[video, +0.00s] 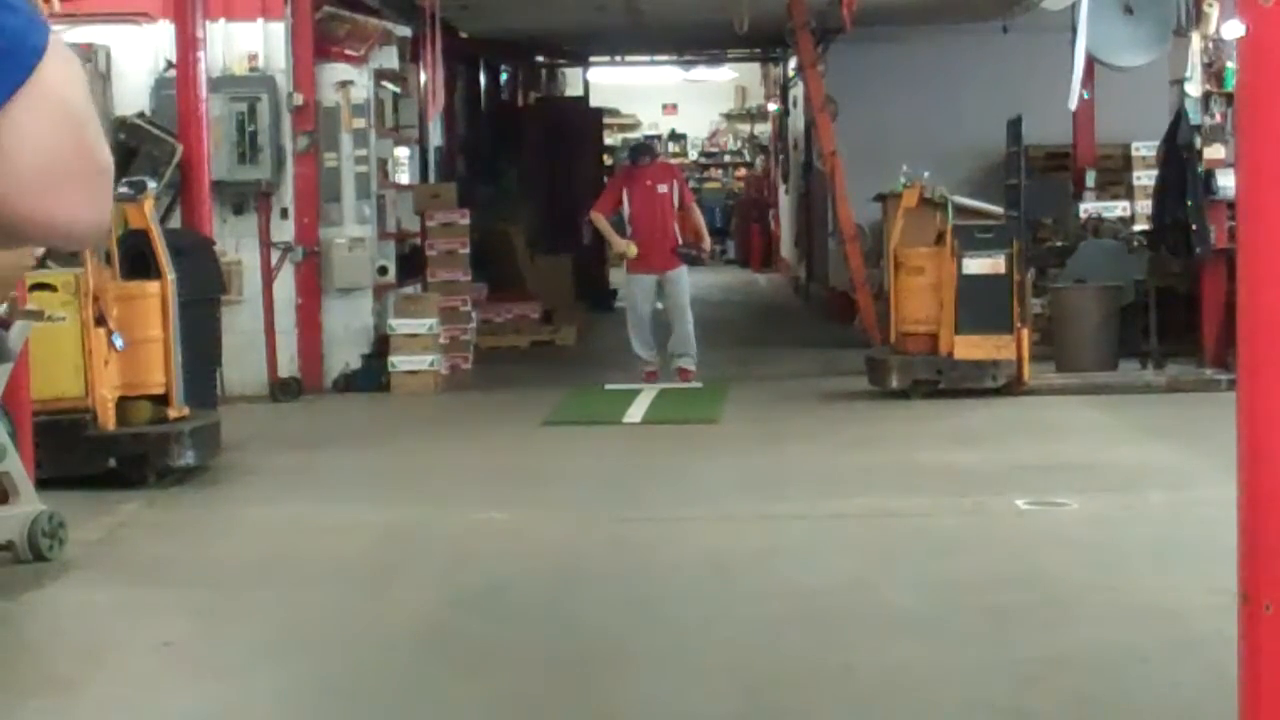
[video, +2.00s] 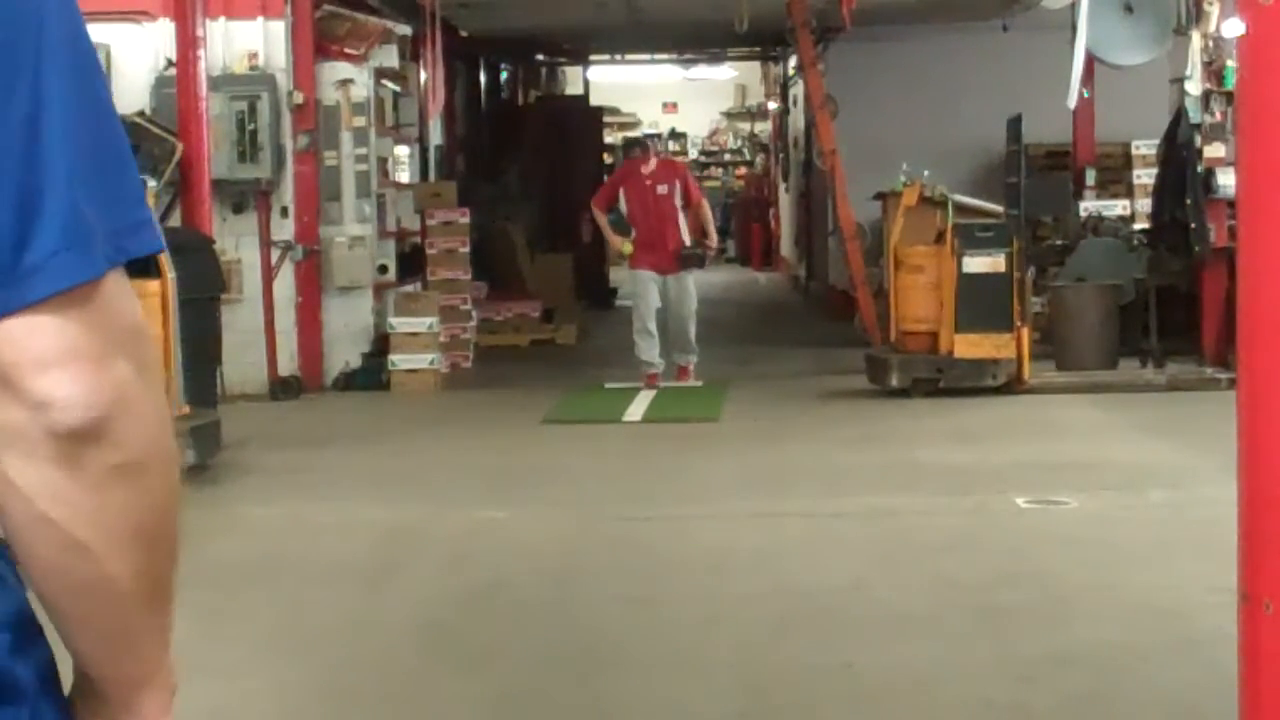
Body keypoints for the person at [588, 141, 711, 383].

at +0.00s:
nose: (644, 160)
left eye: (649, 155)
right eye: (639, 156)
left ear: (656, 151)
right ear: (632, 155)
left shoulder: (671, 172)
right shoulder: (623, 177)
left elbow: (690, 206)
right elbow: (597, 214)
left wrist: (704, 235)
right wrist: (615, 240)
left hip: (672, 257)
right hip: (640, 261)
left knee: (681, 310)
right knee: (640, 314)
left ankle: (685, 362)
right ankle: (648, 363)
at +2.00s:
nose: (648, 147)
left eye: (653, 141)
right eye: (642, 142)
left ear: (659, 142)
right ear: (633, 145)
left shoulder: (677, 170)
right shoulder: (625, 172)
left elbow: (700, 202)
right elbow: (598, 206)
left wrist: (711, 234)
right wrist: (611, 238)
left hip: (678, 256)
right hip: (644, 257)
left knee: (684, 313)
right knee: (645, 313)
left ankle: (685, 364)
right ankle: (651, 368)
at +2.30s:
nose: (637, 151)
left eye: (641, 144)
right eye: (632, 147)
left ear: (651, 144)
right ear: (626, 150)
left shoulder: (673, 167)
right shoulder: (623, 174)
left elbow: (684, 206)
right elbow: (602, 204)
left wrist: (672, 242)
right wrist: (613, 236)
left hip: (676, 252)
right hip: (642, 255)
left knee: (683, 310)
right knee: (644, 312)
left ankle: (683, 363)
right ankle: (651, 367)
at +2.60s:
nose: (638, 146)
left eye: (643, 140)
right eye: (633, 142)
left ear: (653, 141)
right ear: (627, 145)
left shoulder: (669, 169)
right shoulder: (622, 171)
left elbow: (665, 211)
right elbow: (611, 200)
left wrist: (634, 232)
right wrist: (618, 214)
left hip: (675, 257)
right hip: (641, 257)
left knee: (681, 314)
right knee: (643, 317)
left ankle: (683, 362)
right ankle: (651, 368)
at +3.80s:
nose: (659, 163)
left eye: (663, 157)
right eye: (654, 158)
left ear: (673, 153)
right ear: (648, 157)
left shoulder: (689, 178)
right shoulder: (643, 173)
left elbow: (690, 223)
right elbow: (631, 194)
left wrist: (657, 238)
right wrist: (634, 205)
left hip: (691, 256)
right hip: (659, 255)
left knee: (689, 313)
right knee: (658, 305)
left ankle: (682, 362)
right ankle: (654, 357)